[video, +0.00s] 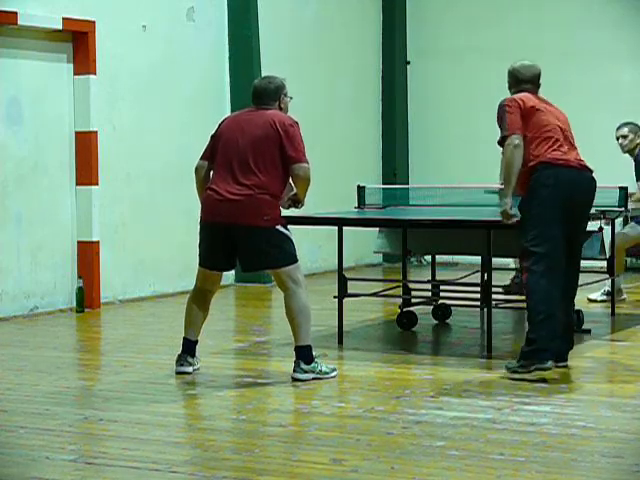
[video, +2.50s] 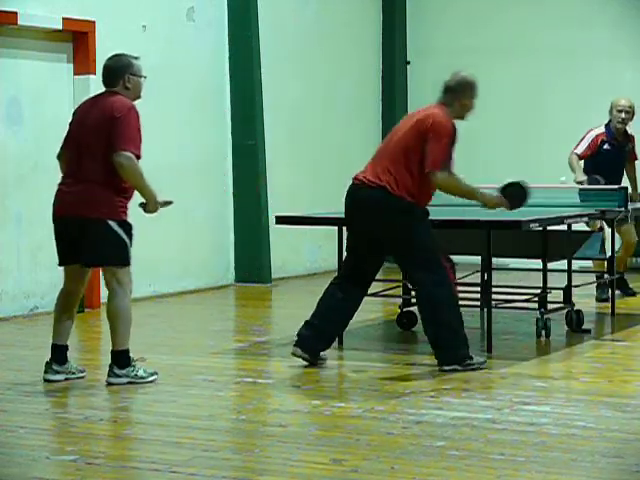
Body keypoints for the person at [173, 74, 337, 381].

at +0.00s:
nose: (289, 104)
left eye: (289, 99)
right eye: (288, 99)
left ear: (255, 101)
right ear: (279, 101)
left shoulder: (229, 122)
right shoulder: (284, 123)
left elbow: (202, 169)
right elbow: (301, 173)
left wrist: (209, 204)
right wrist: (298, 196)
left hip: (215, 215)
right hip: (260, 215)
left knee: (204, 287)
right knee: (293, 285)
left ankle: (187, 355)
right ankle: (305, 361)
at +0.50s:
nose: (290, 102)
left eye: (289, 98)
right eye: (289, 98)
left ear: (256, 100)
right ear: (282, 101)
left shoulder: (232, 123)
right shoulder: (286, 125)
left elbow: (205, 171)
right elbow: (300, 177)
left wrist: (215, 206)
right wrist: (302, 202)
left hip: (217, 219)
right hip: (262, 219)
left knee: (207, 287)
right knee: (298, 285)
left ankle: (186, 355)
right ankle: (305, 362)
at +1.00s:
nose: (265, 99)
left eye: (262, 95)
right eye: (263, 95)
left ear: (229, 98)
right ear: (259, 98)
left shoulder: (208, 123)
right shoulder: (275, 124)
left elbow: (177, 163)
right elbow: (326, 159)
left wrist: (166, 204)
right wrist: (321, 168)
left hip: (206, 216)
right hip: (252, 215)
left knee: (197, 287)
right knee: (286, 283)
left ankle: (185, 354)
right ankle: (305, 355)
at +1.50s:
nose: (227, 96)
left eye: (225, 91)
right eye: (225, 92)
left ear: (194, 97)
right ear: (220, 95)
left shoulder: (175, 128)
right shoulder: (235, 124)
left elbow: (147, 174)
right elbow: (258, 162)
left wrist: (140, 213)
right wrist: (278, 195)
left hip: (186, 222)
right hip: (230, 219)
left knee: (189, 287)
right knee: (264, 283)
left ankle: (185, 355)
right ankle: (293, 354)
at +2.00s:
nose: (181, 82)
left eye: (179, 77)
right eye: (178, 78)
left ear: (148, 82)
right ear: (169, 81)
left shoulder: (124, 112)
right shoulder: (174, 111)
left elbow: (101, 160)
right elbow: (193, 165)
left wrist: (103, 201)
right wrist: (214, 189)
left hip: (118, 212)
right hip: (155, 213)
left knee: (153, 283)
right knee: (153, 287)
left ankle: (169, 352)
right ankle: (123, 364)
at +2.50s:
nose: (143, 83)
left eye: (142, 78)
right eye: (140, 78)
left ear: (112, 81)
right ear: (127, 80)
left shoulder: (85, 107)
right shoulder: (125, 108)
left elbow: (64, 156)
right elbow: (123, 158)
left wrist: (86, 188)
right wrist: (150, 196)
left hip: (67, 210)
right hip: (105, 212)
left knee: (72, 285)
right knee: (120, 286)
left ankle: (58, 362)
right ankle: (121, 364)